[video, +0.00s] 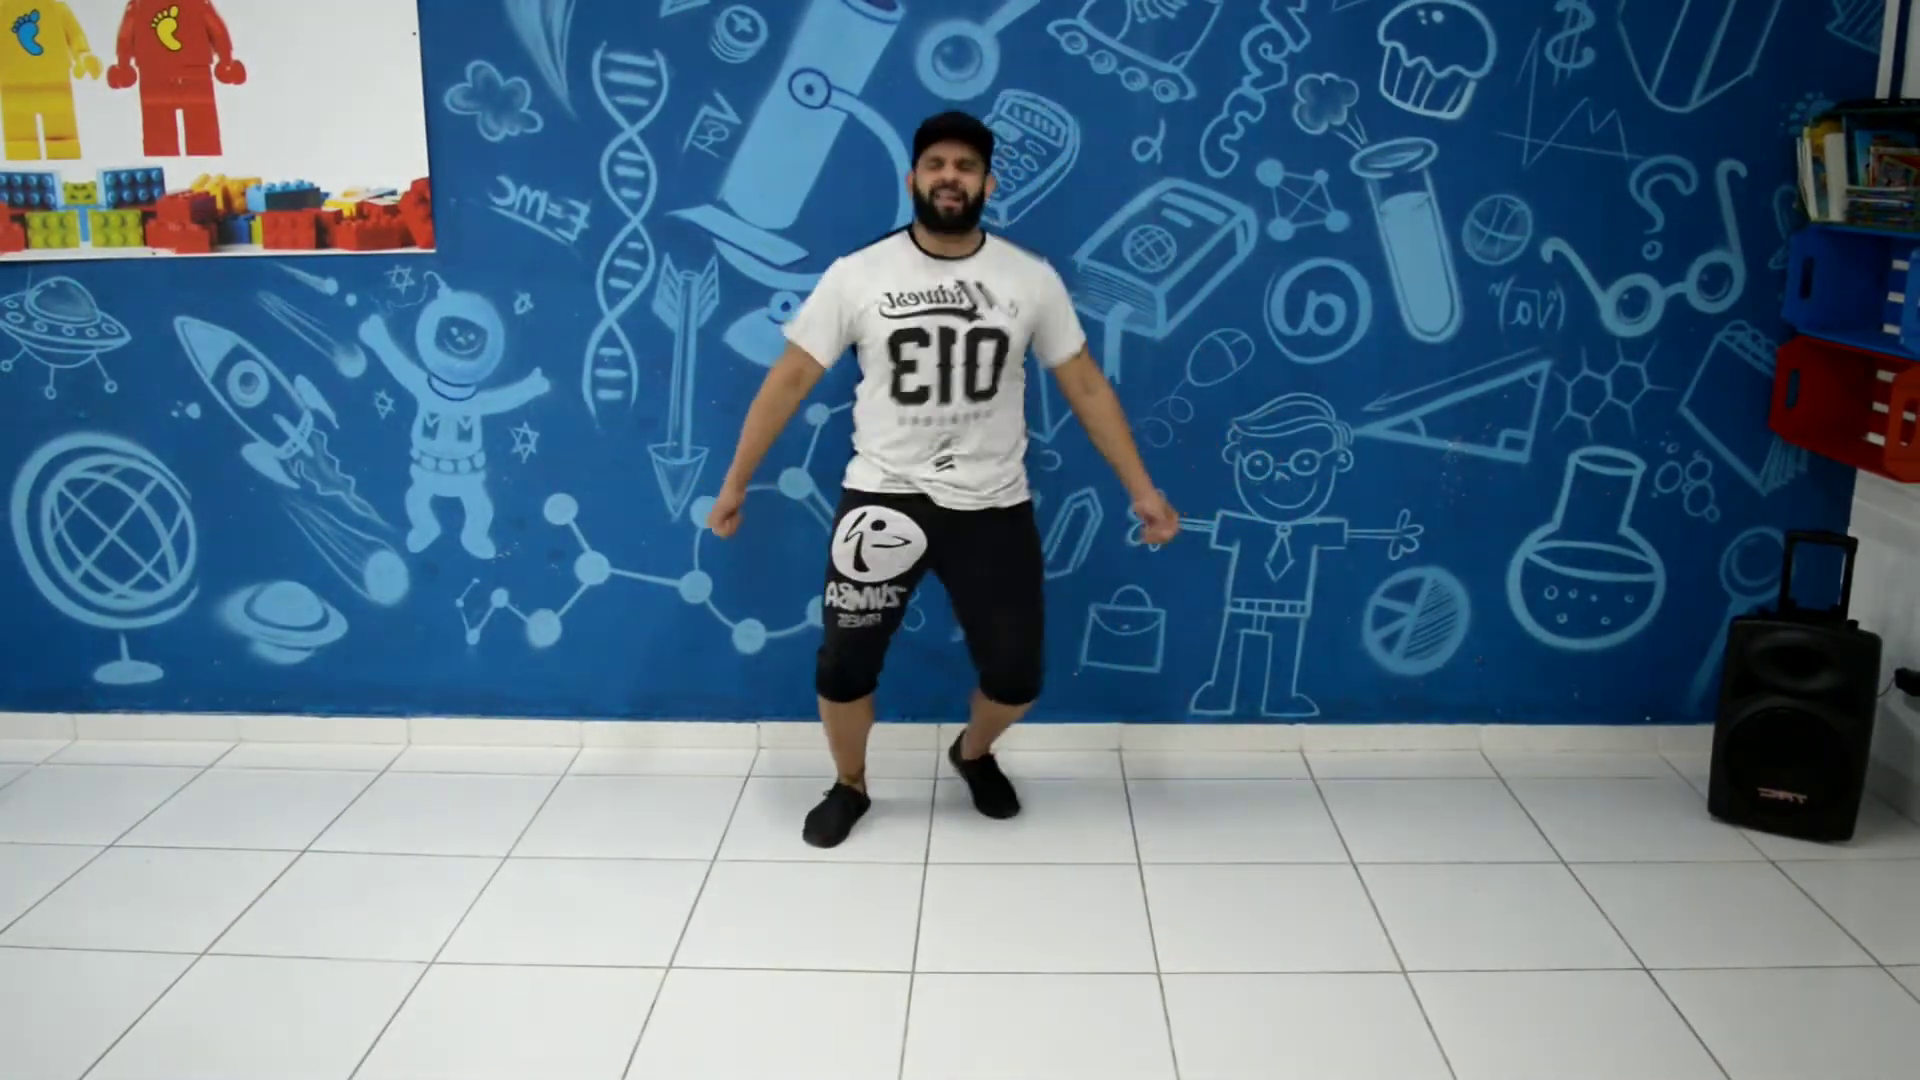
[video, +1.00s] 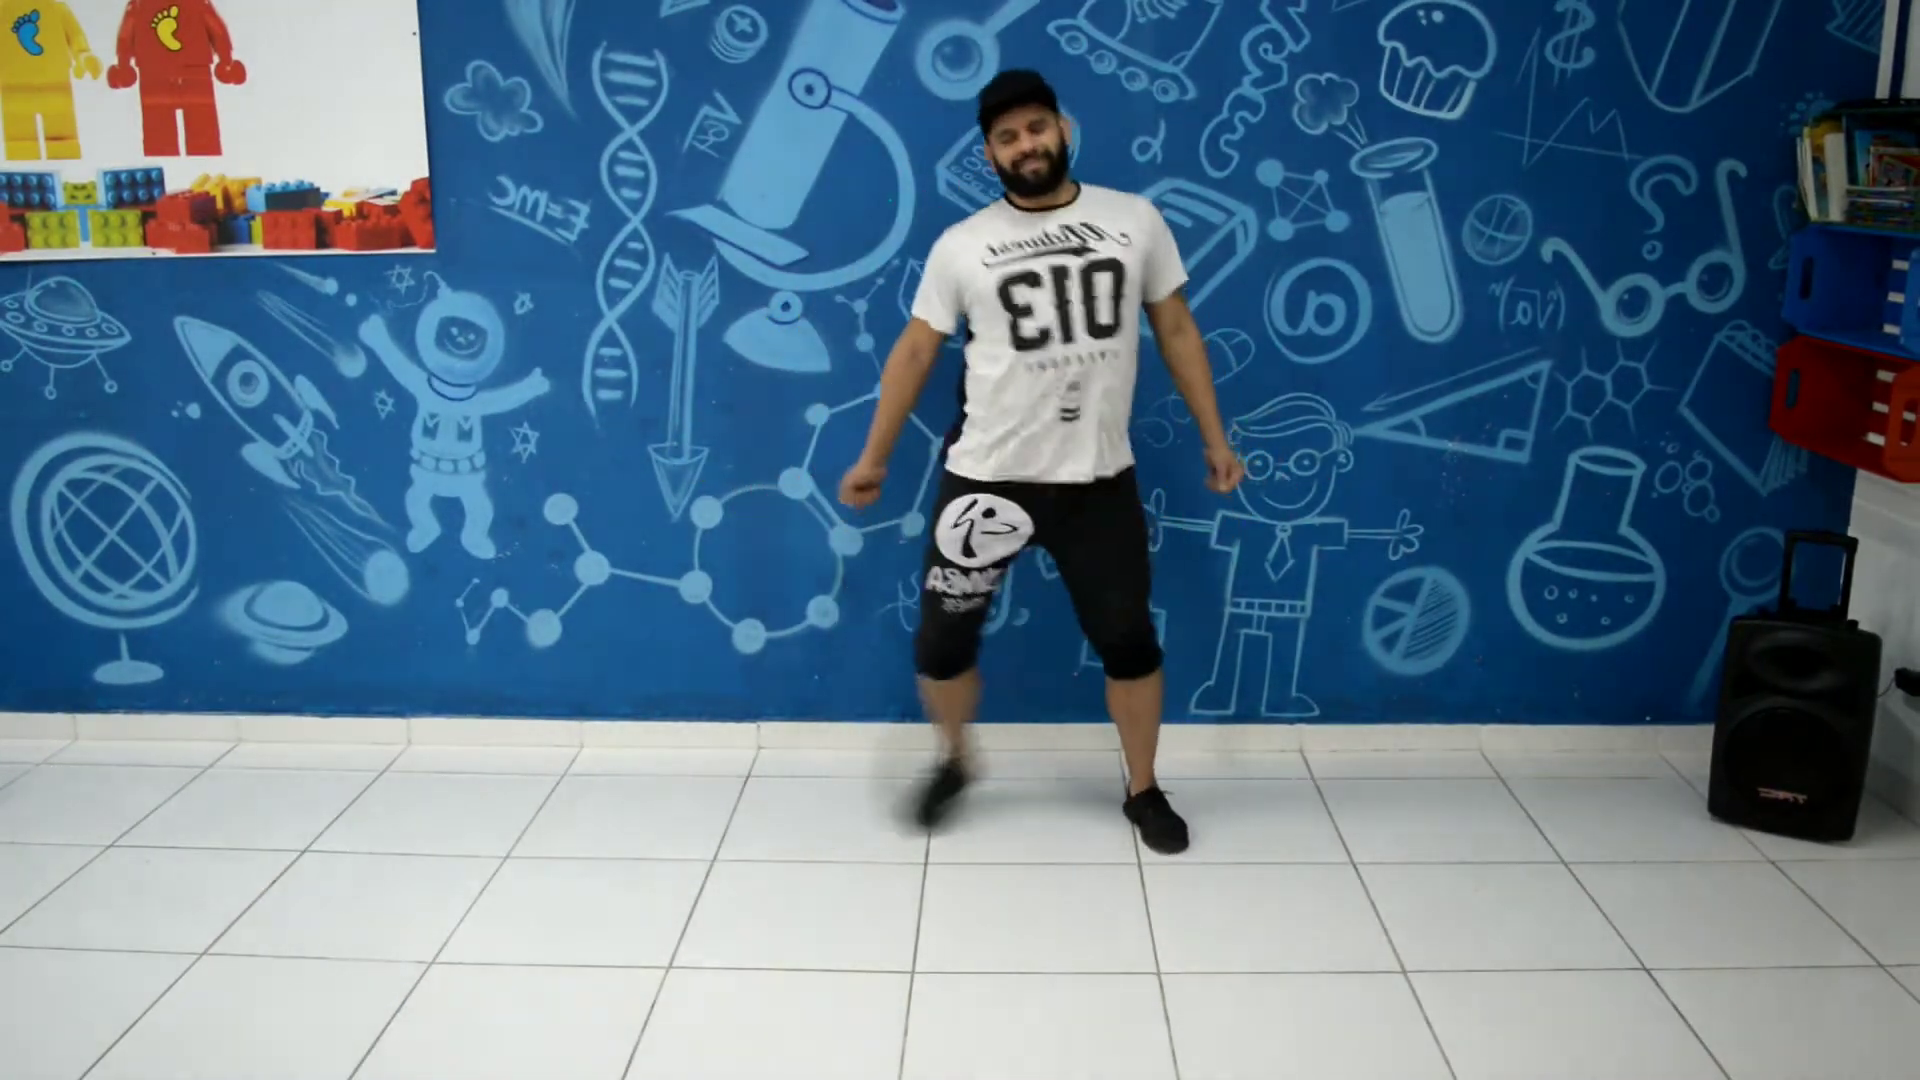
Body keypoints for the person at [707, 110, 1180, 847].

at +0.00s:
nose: (950, 179)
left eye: (966, 167)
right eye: (936, 165)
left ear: (986, 183)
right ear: (913, 178)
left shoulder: (1032, 281)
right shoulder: (856, 278)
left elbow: (1088, 387)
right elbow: (790, 378)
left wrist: (1142, 488)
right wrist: (735, 484)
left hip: (993, 501)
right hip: (884, 494)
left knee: (1016, 676)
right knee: (845, 661)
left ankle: (973, 754)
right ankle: (850, 786)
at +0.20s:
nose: (969, 138)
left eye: (986, 131)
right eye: (957, 125)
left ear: (1004, 152)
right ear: (929, 137)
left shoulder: (1044, 241)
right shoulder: (867, 241)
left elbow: (1089, 353)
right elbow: (809, 347)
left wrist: (1130, 456)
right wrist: (758, 454)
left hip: (1015, 481)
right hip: (897, 482)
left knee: (1065, 640)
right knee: (859, 645)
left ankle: (1070, 773)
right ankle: (850, 783)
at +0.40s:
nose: (1008, 196)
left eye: (1026, 188)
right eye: (996, 181)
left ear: (1045, 208)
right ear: (969, 190)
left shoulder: (1077, 302)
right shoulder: (905, 288)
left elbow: (1137, 402)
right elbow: (841, 394)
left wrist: (1200, 499)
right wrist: (793, 506)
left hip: (1056, 509)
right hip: (942, 507)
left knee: (1113, 661)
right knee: (872, 662)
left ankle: (1140, 794)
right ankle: (850, 787)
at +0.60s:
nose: (1035, 141)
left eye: (1051, 129)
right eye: (1020, 129)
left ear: (1073, 144)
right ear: (996, 143)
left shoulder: (1124, 232)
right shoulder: (953, 253)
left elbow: (1163, 343)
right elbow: (894, 359)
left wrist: (1199, 449)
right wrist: (844, 467)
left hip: (1098, 479)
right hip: (984, 479)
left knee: (1132, 641)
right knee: (937, 644)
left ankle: (1141, 789)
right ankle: (942, 763)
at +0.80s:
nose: (1059, 166)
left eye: (1071, 151)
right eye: (1040, 157)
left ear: (1093, 161)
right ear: (1018, 175)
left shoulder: (1148, 266)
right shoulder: (974, 267)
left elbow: (1204, 365)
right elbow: (918, 379)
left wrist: (1264, 459)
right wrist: (874, 487)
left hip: (1127, 490)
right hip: (1018, 494)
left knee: (1151, 655)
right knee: (994, 671)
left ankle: (1147, 790)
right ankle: (1039, 767)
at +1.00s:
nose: (1027, 146)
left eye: (1037, 128)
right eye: (1008, 137)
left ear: (1064, 130)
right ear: (990, 154)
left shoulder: (1134, 222)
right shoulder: (962, 249)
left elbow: (1177, 331)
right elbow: (915, 350)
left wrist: (1216, 438)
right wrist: (874, 456)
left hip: (1098, 477)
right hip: (985, 477)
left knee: (1129, 640)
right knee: (941, 641)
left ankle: (1143, 788)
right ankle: (954, 762)